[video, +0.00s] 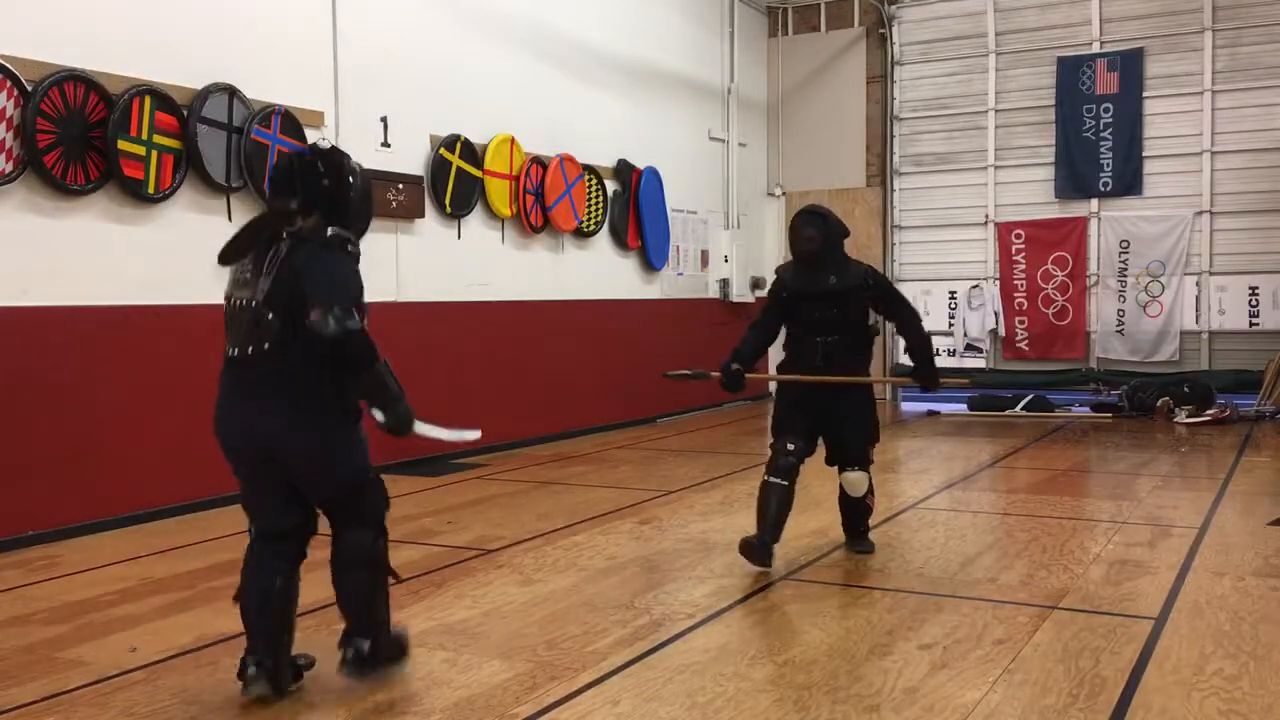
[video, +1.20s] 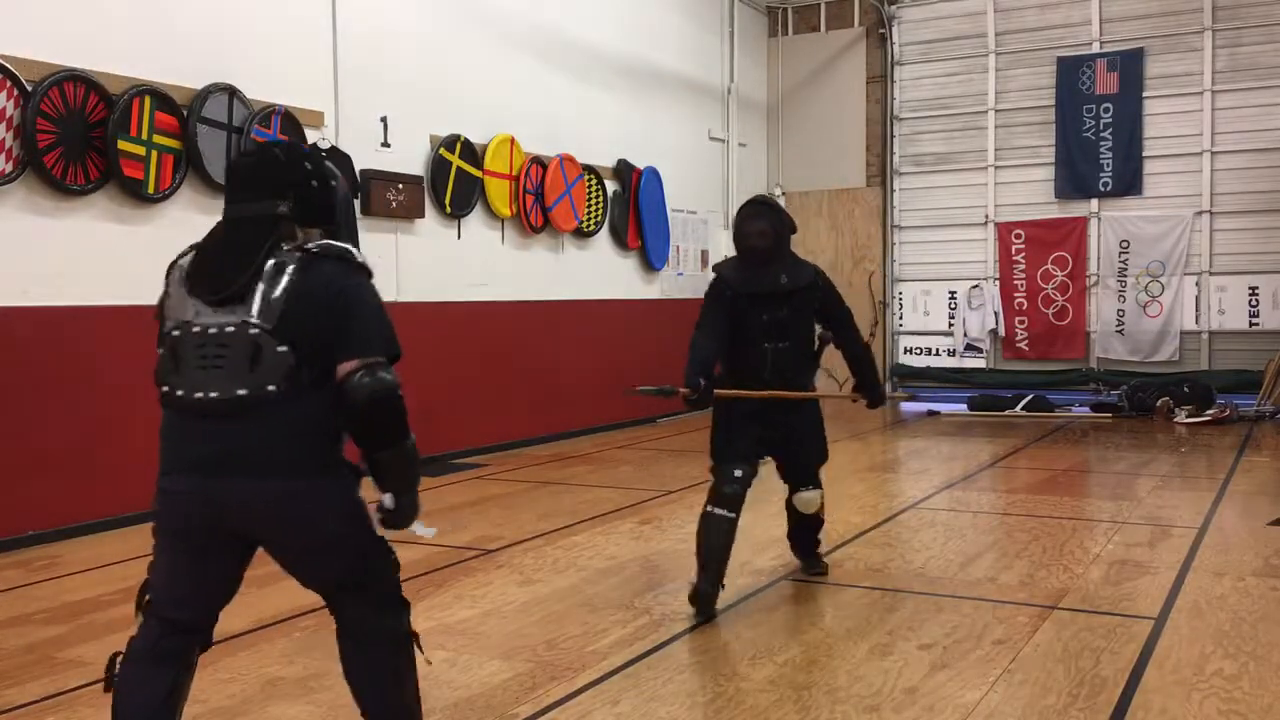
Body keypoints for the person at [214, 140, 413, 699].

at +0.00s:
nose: (364, 205)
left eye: (361, 194)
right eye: (357, 195)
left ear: (293, 197)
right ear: (338, 200)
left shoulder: (257, 246)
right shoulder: (325, 252)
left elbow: (270, 340)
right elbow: (340, 332)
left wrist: (342, 389)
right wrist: (389, 398)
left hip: (243, 418)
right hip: (308, 421)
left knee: (278, 525)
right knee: (360, 508)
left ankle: (265, 658)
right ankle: (367, 636)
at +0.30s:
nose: (380, 236)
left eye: (376, 225)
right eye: (373, 226)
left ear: (298, 231)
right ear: (354, 231)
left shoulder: (260, 284)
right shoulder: (361, 293)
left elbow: (229, 377)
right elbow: (396, 395)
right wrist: (427, 465)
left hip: (244, 464)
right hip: (315, 473)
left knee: (288, 548)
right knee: (367, 584)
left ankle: (269, 672)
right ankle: (345, 706)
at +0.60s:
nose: (394, 240)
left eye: (392, 229)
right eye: (388, 229)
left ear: (303, 231)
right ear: (367, 234)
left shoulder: (253, 287)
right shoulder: (372, 290)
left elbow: (233, 390)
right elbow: (421, 406)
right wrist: (451, 479)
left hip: (224, 468)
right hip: (317, 476)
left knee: (255, 567)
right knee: (380, 576)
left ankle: (229, 706)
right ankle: (354, 707)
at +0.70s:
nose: (381, 226)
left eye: (377, 214)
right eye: (372, 215)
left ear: (288, 222)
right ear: (348, 225)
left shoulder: (239, 283)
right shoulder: (359, 289)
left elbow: (222, 392)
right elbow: (407, 401)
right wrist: (446, 481)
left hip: (210, 475)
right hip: (307, 479)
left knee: (223, 593)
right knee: (374, 580)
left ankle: (188, 708)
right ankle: (351, 707)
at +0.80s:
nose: (363, 216)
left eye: (358, 202)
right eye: (354, 204)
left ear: (268, 214)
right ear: (328, 215)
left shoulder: (214, 284)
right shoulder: (337, 287)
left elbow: (212, 392)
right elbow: (382, 401)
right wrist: (428, 475)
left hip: (196, 485)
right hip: (291, 486)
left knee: (181, 623)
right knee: (368, 578)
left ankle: (145, 708)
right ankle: (350, 707)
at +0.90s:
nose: (341, 211)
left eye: (337, 198)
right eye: (330, 199)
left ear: (243, 212)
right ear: (301, 212)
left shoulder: (191, 282)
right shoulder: (314, 283)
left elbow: (178, 398)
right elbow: (357, 406)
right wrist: (404, 487)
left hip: (178, 488)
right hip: (272, 486)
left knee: (168, 630)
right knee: (359, 572)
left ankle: (136, 710)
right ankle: (350, 707)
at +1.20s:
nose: (331, 204)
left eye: (326, 193)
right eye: (323, 194)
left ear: (238, 202)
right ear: (303, 202)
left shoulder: (183, 274)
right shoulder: (329, 275)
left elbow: (173, 379)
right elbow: (371, 397)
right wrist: (399, 488)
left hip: (192, 486)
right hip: (297, 487)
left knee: (169, 629)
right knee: (367, 599)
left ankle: (137, 709)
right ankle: (393, 709)